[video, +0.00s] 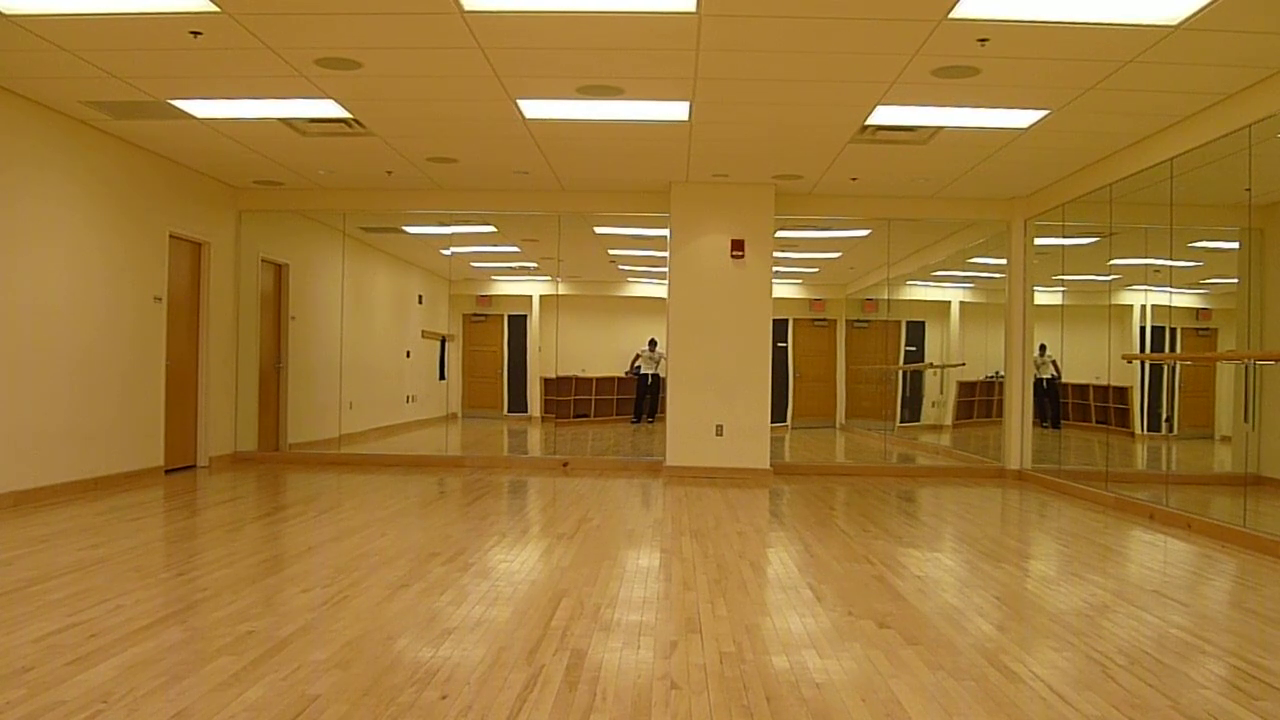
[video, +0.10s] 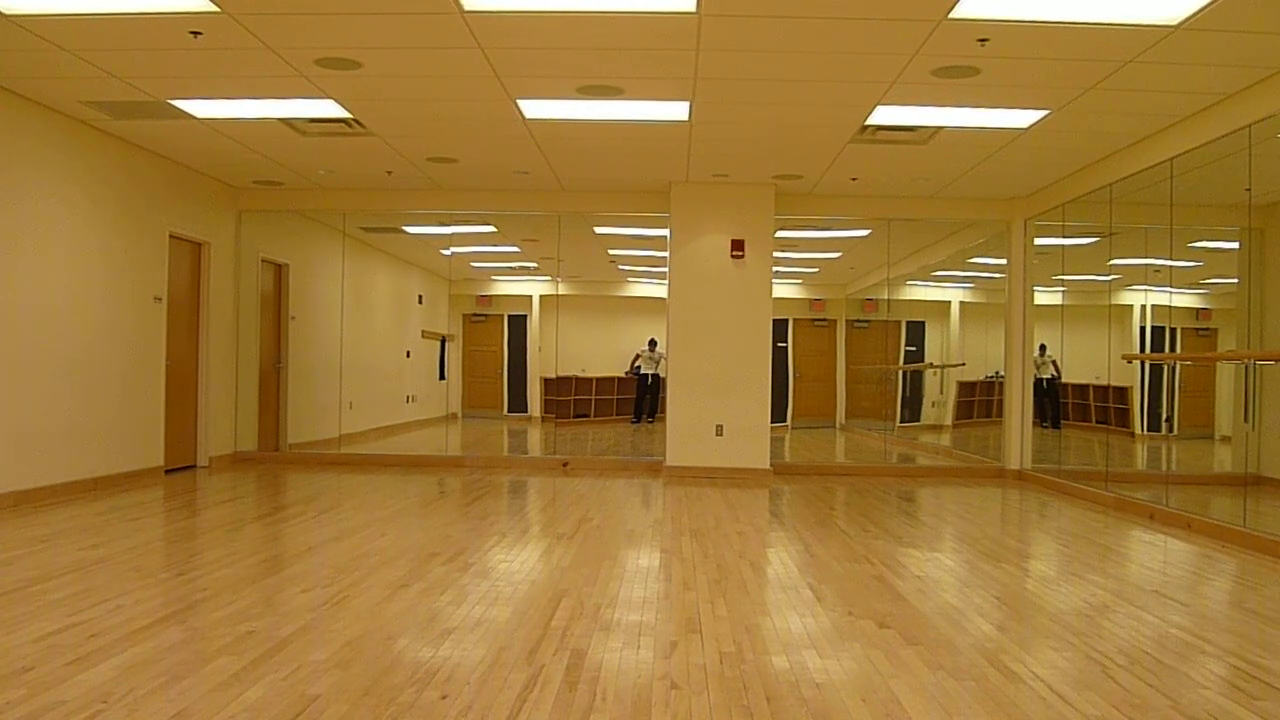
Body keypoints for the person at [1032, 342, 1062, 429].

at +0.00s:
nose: (1042, 352)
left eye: (1043, 350)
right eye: (1041, 350)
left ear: (1046, 350)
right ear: (1039, 350)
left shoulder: (1049, 357)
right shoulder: (1035, 359)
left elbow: (1056, 367)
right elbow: (1034, 368)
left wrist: (1059, 375)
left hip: (1050, 378)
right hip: (1039, 378)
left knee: (1054, 400)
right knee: (1041, 401)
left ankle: (1055, 421)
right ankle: (1043, 421)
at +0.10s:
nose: (1042, 352)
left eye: (1043, 350)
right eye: (1041, 350)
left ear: (1046, 350)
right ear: (1038, 350)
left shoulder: (1050, 357)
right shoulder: (1035, 359)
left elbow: (1056, 367)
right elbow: (1034, 368)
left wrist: (1059, 375)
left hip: (1050, 378)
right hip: (1039, 378)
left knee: (1054, 400)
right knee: (1040, 401)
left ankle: (1055, 421)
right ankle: (1043, 421)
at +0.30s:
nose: (1042, 353)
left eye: (1044, 351)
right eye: (1041, 351)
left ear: (1046, 351)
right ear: (1039, 350)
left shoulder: (1050, 357)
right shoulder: (1035, 359)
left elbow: (1056, 367)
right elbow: (1033, 368)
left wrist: (1059, 375)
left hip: (1050, 378)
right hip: (1039, 378)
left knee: (1054, 400)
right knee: (1041, 401)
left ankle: (1055, 421)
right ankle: (1043, 421)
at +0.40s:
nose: (1042, 353)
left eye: (1044, 351)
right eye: (1041, 351)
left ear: (1046, 351)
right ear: (1039, 350)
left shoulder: (1050, 357)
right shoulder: (1035, 359)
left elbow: (1056, 367)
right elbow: (1033, 369)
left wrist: (1059, 376)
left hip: (1050, 378)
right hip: (1039, 378)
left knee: (1054, 400)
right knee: (1041, 401)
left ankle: (1055, 421)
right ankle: (1043, 421)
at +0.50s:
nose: (1042, 353)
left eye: (1044, 351)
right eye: (1041, 351)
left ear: (1047, 351)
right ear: (1039, 350)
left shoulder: (1050, 357)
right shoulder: (1035, 359)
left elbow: (1056, 367)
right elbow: (1034, 369)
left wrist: (1059, 376)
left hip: (1050, 378)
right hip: (1039, 378)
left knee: (1054, 400)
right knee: (1041, 401)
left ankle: (1055, 422)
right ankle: (1043, 421)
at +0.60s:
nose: (1043, 353)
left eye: (1044, 351)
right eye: (1042, 350)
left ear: (1047, 351)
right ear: (1039, 350)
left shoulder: (1050, 358)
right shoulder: (1035, 359)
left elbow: (1057, 367)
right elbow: (1033, 369)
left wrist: (1059, 376)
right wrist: (1033, 377)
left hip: (1050, 378)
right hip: (1039, 378)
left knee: (1054, 400)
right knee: (1041, 401)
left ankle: (1055, 422)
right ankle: (1043, 421)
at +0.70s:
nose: (1043, 353)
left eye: (1045, 351)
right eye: (1042, 350)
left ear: (1047, 351)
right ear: (1040, 350)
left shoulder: (1051, 358)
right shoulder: (1036, 359)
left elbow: (1058, 368)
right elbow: (1034, 369)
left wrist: (1060, 376)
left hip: (1051, 378)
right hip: (1040, 378)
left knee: (1054, 400)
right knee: (1041, 401)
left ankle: (1055, 422)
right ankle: (1043, 421)